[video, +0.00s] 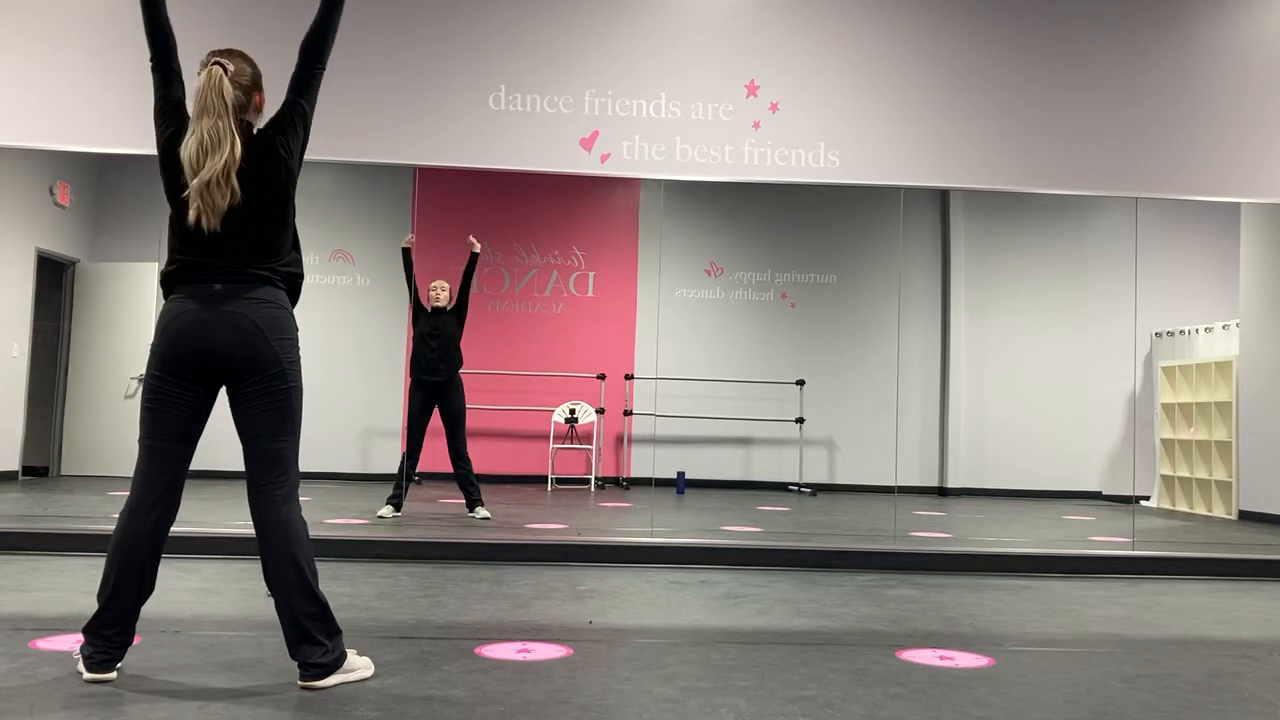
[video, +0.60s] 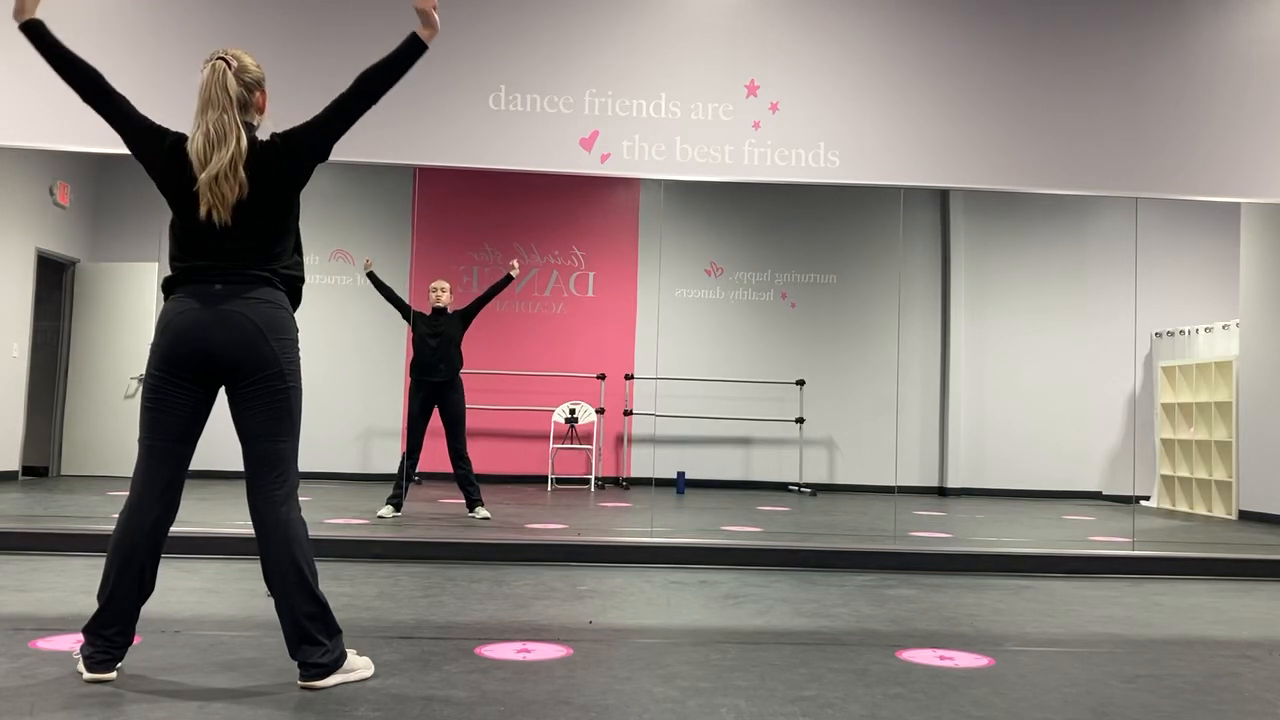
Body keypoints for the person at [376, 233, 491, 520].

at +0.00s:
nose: (437, 291)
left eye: (442, 289)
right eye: (434, 288)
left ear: (450, 296)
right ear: (428, 295)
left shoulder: (456, 316)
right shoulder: (420, 315)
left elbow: (465, 286)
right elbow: (410, 283)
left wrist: (474, 254)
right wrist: (406, 249)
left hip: (450, 387)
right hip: (421, 387)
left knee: (458, 447)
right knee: (412, 448)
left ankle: (475, 504)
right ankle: (394, 503)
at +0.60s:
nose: (438, 294)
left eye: (443, 290)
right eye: (434, 290)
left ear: (451, 297)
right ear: (428, 296)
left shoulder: (459, 319)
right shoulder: (417, 319)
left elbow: (485, 297)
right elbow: (392, 297)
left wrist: (510, 275)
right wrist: (370, 273)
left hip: (451, 389)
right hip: (421, 389)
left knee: (458, 449)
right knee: (412, 449)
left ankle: (475, 505)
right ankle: (394, 504)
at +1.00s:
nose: (437, 295)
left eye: (442, 292)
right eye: (433, 292)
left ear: (450, 298)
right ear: (428, 297)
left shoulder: (459, 323)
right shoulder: (415, 323)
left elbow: (492, 315)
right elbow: (382, 314)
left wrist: (525, 308)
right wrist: (351, 304)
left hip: (450, 390)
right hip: (421, 390)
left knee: (458, 450)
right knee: (412, 449)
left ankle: (475, 505)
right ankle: (394, 504)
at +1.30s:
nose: (437, 297)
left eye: (442, 294)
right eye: (433, 293)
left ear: (449, 299)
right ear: (427, 299)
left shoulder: (459, 324)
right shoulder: (416, 327)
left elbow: (492, 331)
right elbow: (383, 334)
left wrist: (525, 336)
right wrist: (349, 338)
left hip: (450, 391)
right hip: (421, 391)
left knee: (458, 449)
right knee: (412, 449)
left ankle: (475, 505)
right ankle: (394, 504)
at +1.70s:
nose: (437, 297)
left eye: (442, 293)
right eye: (433, 293)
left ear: (449, 298)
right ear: (426, 298)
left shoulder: (458, 326)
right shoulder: (417, 328)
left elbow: (479, 350)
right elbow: (395, 353)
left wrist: (503, 373)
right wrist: (367, 375)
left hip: (450, 390)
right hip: (421, 391)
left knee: (458, 449)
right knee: (412, 449)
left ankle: (475, 505)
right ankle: (394, 504)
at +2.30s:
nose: (435, 296)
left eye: (439, 293)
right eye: (431, 292)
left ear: (447, 297)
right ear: (425, 297)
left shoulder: (457, 323)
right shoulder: (415, 325)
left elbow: (463, 359)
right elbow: (406, 360)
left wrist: (461, 388)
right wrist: (396, 390)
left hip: (447, 391)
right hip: (418, 391)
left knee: (456, 449)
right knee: (411, 448)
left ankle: (474, 505)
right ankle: (394, 503)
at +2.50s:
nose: (435, 295)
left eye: (440, 292)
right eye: (431, 291)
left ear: (447, 297)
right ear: (425, 296)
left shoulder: (456, 322)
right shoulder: (414, 324)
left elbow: (460, 354)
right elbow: (405, 355)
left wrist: (441, 368)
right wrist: (417, 379)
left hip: (446, 388)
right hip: (418, 388)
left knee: (457, 446)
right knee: (408, 446)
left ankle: (475, 504)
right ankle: (393, 503)